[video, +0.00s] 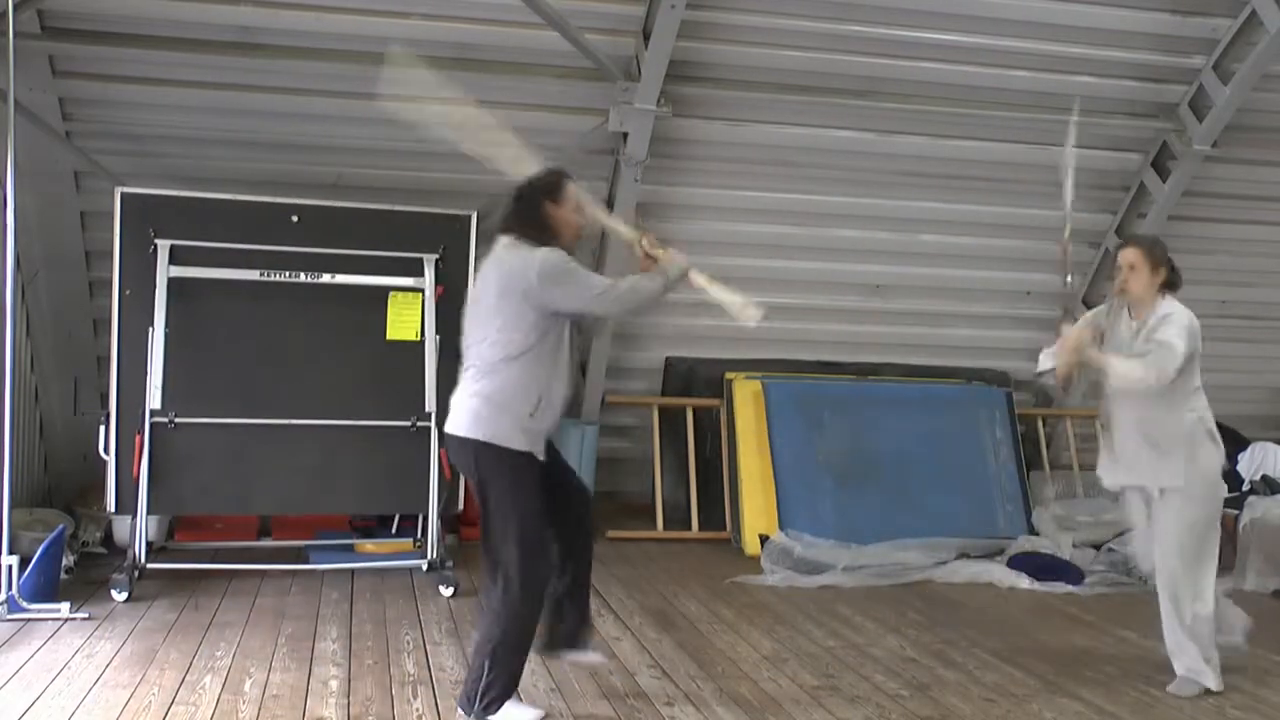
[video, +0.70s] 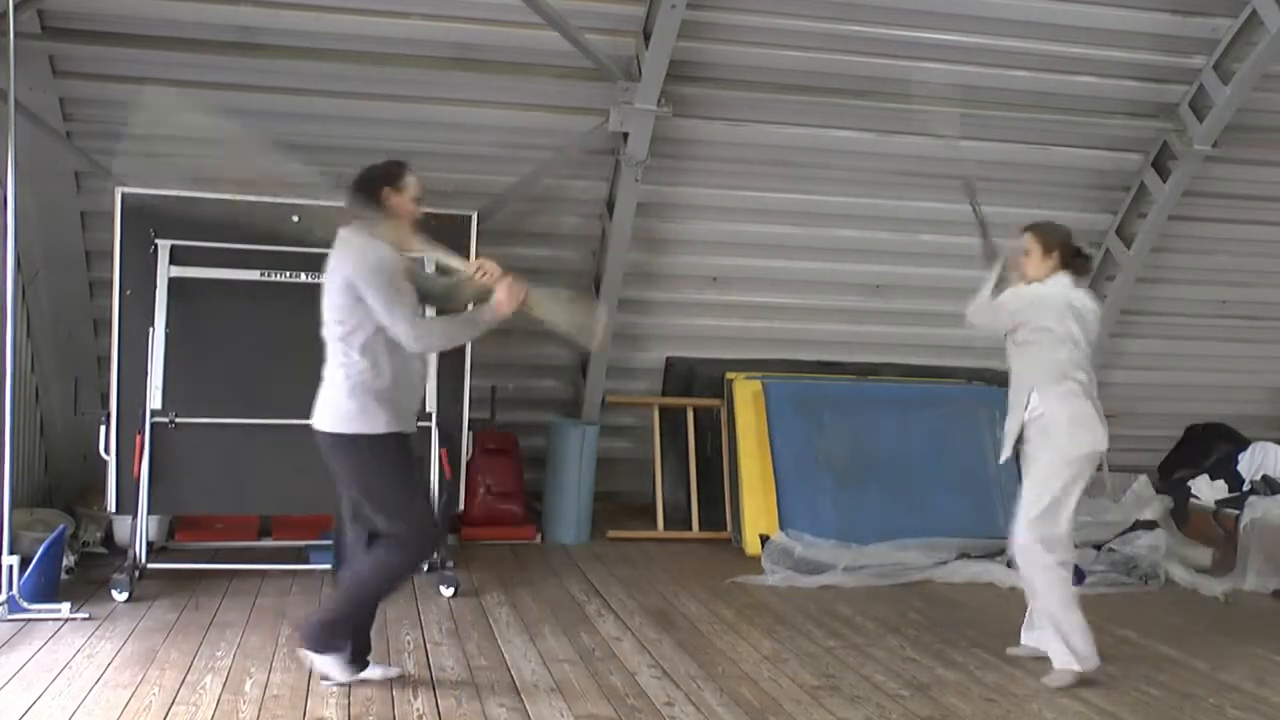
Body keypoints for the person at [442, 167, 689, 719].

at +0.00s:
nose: (582, 215)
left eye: (581, 206)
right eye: (573, 206)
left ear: (537, 210)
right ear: (547, 210)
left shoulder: (507, 257)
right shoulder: (537, 264)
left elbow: (590, 300)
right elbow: (611, 299)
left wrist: (638, 273)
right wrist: (667, 274)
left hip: (499, 430)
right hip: (495, 435)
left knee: (573, 508)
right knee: (523, 564)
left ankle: (567, 635)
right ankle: (484, 700)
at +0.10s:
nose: (554, 206)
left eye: (552, 195)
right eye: (545, 195)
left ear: (506, 201)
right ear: (517, 200)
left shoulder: (474, 250)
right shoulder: (518, 259)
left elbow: (561, 296)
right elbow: (584, 315)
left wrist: (625, 267)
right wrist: (651, 286)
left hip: (462, 418)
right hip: (490, 427)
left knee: (551, 497)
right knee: (501, 561)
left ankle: (489, 606)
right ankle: (485, 699)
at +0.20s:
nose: (537, 206)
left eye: (535, 195)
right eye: (529, 195)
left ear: (492, 199)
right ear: (501, 197)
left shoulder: (457, 249)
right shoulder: (501, 260)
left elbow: (543, 295)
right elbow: (560, 327)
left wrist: (618, 266)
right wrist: (632, 296)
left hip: (447, 417)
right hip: (479, 424)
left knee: (502, 526)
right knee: (499, 555)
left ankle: (448, 608)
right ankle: (486, 696)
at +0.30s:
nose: (506, 208)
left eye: (504, 198)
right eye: (499, 199)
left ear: (466, 203)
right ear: (473, 202)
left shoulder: (436, 252)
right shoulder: (467, 263)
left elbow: (533, 287)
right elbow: (524, 336)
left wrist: (603, 275)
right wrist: (599, 302)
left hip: (433, 422)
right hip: (461, 430)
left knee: (457, 543)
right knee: (491, 557)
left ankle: (381, 636)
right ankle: (485, 697)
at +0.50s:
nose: (457, 217)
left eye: (455, 207)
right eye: (450, 207)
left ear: (417, 211)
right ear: (424, 210)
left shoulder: (388, 256)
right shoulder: (416, 271)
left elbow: (466, 277)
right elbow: (465, 342)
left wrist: (520, 276)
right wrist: (513, 298)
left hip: (373, 431)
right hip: (408, 439)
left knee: (384, 550)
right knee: (464, 549)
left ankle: (345, 661)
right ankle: (466, 686)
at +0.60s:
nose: (442, 213)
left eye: (440, 204)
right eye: (435, 203)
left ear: (405, 206)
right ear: (409, 205)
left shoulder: (375, 251)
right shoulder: (401, 265)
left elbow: (452, 276)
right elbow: (449, 336)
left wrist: (506, 276)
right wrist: (493, 291)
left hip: (362, 426)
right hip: (389, 432)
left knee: (377, 549)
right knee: (445, 541)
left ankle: (343, 661)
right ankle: (402, 665)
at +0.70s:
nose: (421, 208)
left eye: (420, 199)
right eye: (413, 198)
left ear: (384, 198)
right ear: (386, 198)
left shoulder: (363, 244)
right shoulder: (369, 250)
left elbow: (419, 300)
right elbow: (417, 335)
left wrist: (466, 285)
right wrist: (492, 312)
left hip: (351, 421)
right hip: (362, 425)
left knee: (362, 539)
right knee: (414, 535)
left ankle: (351, 657)